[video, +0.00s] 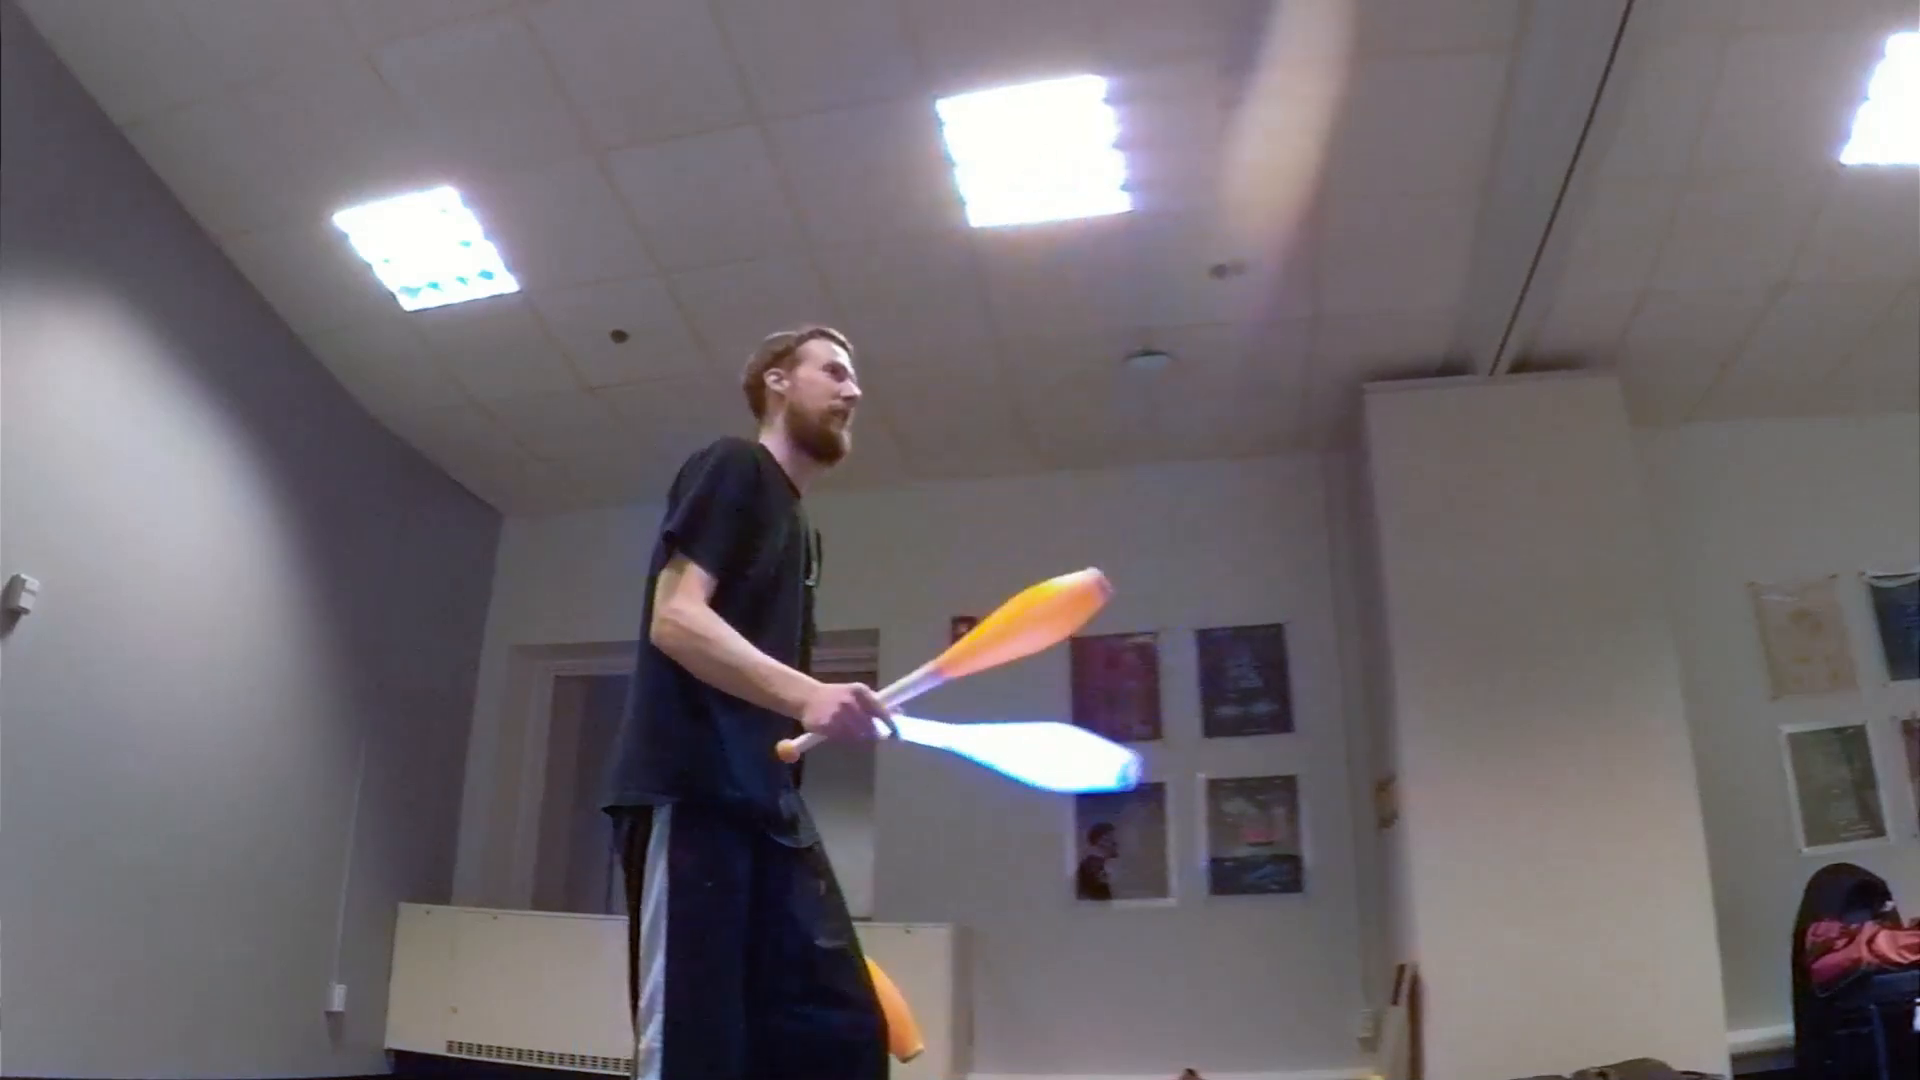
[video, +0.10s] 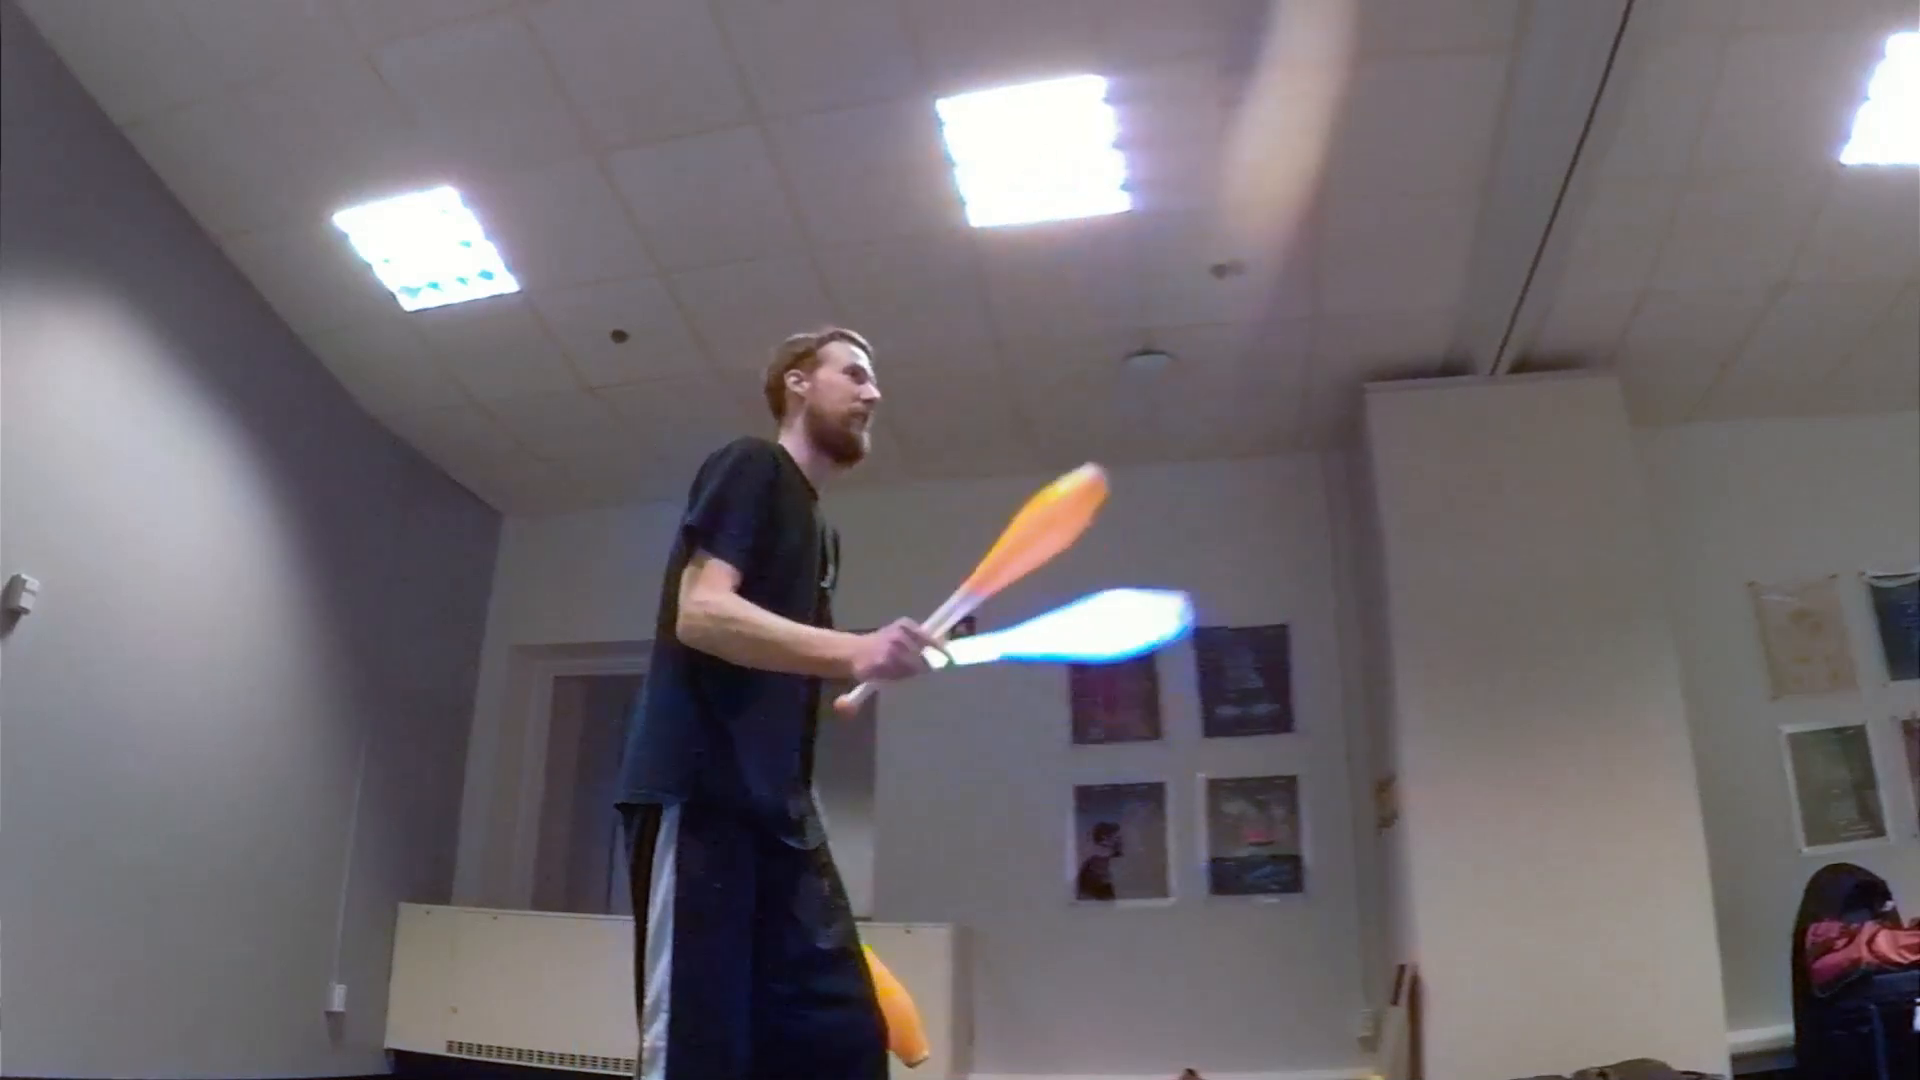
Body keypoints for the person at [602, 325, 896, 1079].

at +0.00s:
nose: (852, 390)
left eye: (854, 380)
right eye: (834, 370)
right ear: (775, 381)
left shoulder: (799, 527)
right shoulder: (735, 465)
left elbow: (766, 676)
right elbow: (675, 617)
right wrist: (805, 695)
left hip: (769, 803)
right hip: (692, 798)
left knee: (839, 1025)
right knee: (691, 1037)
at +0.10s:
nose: (873, 393)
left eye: (874, 382)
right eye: (854, 373)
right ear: (797, 383)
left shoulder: (821, 532)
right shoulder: (750, 465)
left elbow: (776, 660)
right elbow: (701, 612)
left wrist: (842, 678)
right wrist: (852, 649)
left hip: (778, 804)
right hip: (699, 798)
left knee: (841, 1031)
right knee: (694, 1036)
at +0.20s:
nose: (893, 397)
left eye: (894, 387)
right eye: (874, 378)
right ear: (816, 390)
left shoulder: (838, 538)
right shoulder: (772, 466)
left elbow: (803, 701)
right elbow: (745, 597)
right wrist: (911, 576)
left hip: (798, 818)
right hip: (722, 809)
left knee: (839, 1040)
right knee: (703, 1043)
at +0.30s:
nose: (913, 403)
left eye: (914, 393)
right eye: (895, 384)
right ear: (838, 395)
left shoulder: (854, 530)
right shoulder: (791, 460)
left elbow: (845, 697)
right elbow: (803, 561)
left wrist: (847, 838)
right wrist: (958, 480)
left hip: (817, 810)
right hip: (740, 800)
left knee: (847, 1042)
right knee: (721, 1037)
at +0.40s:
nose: (923, 401)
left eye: (925, 392)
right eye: (906, 384)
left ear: (913, 414)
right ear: (851, 393)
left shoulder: (869, 547)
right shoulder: (798, 458)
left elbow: (853, 700)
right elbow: (862, 495)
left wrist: (868, 836)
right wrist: (984, 383)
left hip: (834, 803)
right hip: (758, 792)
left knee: (854, 1033)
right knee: (735, 1023)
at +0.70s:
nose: (917, 407)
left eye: (916, 395)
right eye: (900, 386)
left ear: (899, 411)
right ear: (843, 385)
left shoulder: (863, 535)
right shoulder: (801, 461)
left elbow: (860, 692)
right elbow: (900, 367)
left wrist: (904, 808)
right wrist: (944, 243)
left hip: (849, 797)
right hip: (776, 782)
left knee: (861, 1035)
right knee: (735, 1024)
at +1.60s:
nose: (833, 387)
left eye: (836, 373)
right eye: (817, 371)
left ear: (797, 387)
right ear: (773, 379)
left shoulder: (787, 512)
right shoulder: (728, 444)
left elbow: (774, 677)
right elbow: (822, 391)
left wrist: (870, 749)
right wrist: (895, 256)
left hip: (794, 790)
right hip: (724, 777)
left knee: (821, 1026)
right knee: (701, 1021)